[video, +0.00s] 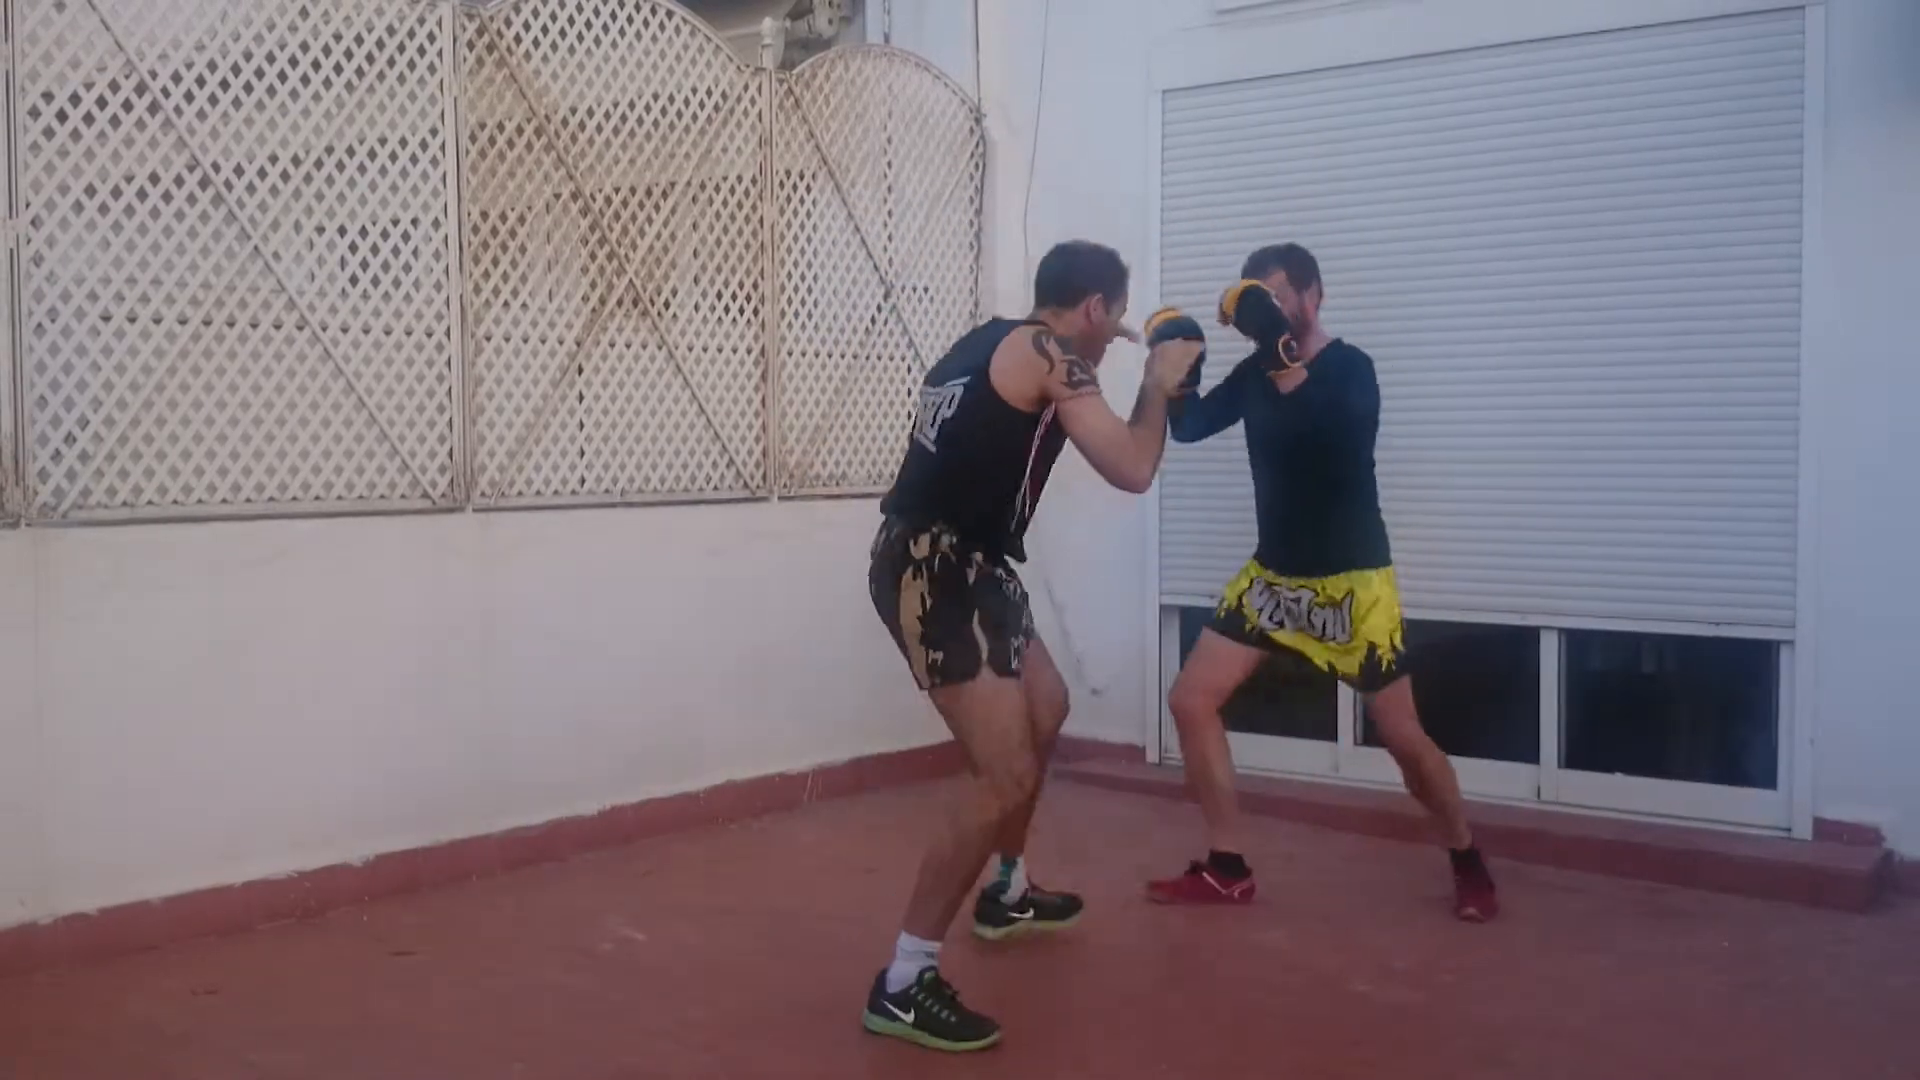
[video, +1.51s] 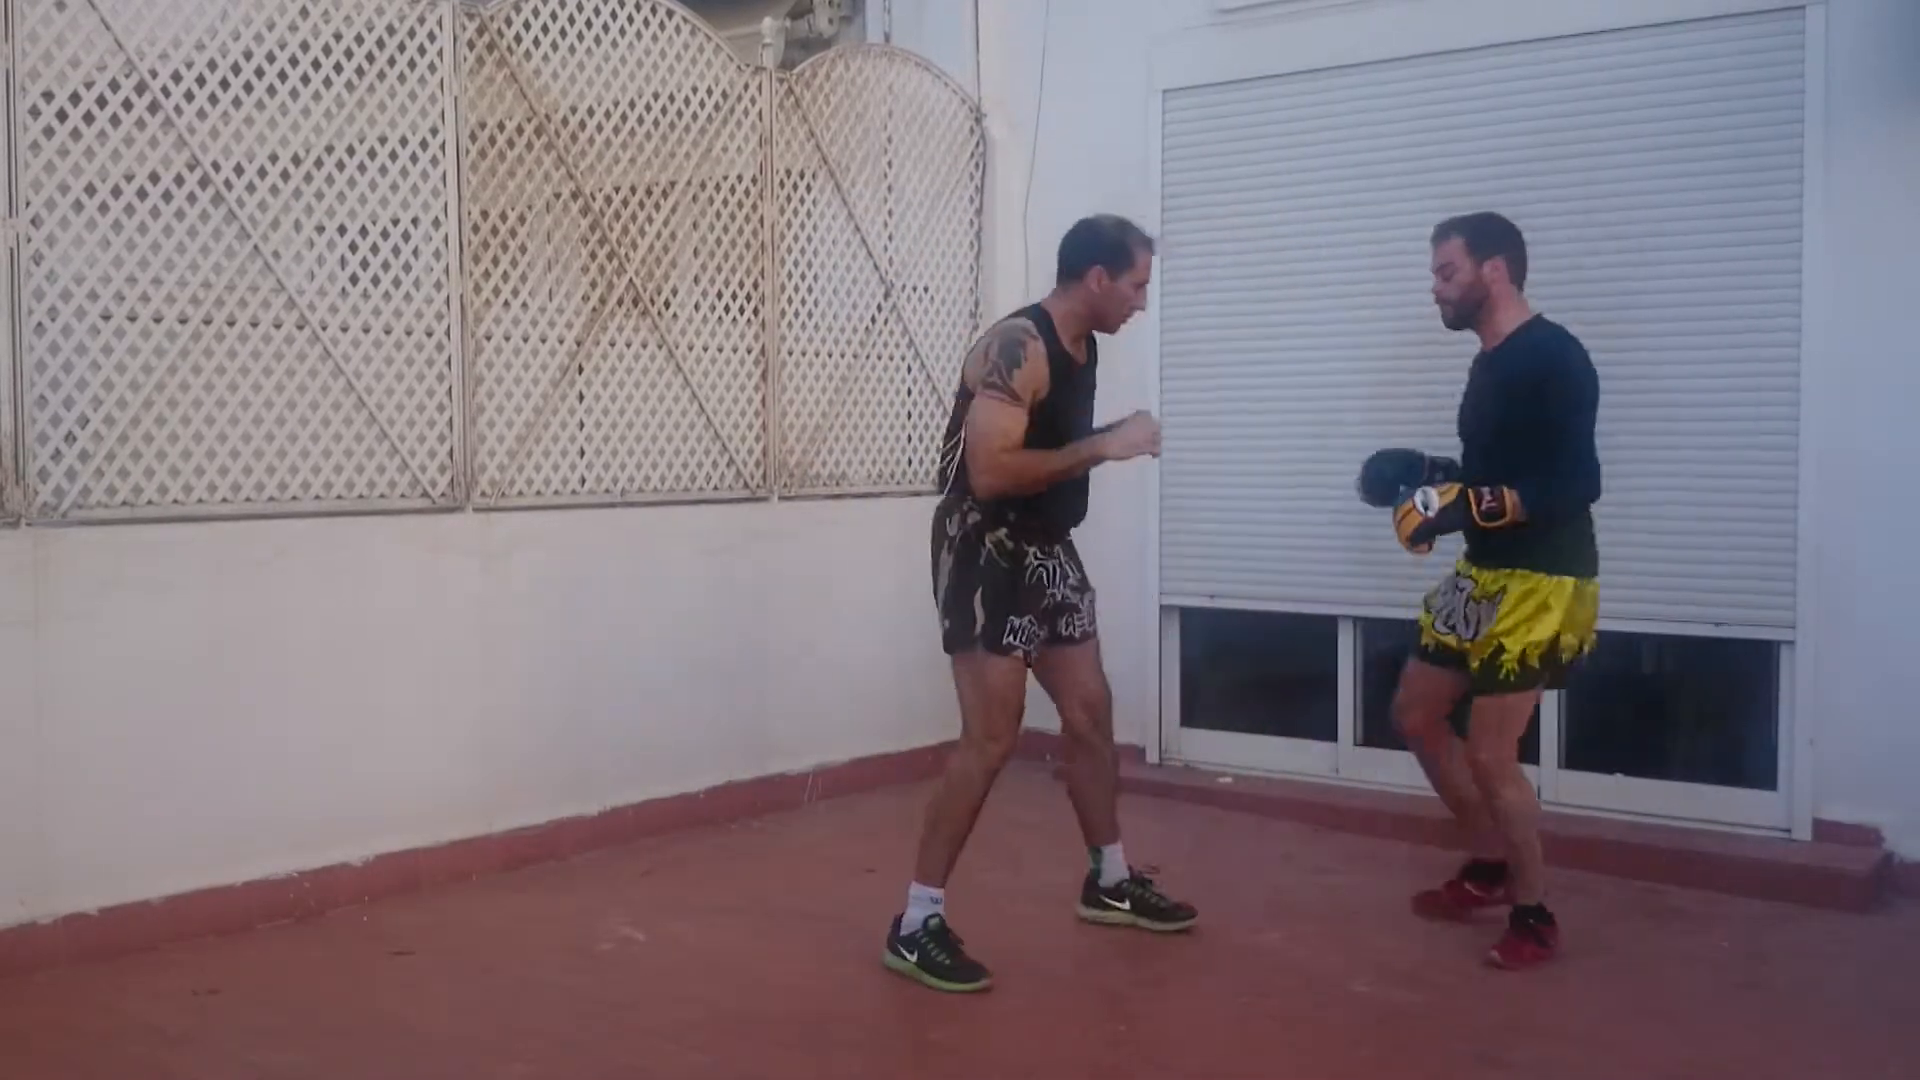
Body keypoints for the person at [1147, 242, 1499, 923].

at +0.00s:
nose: (1263, 312)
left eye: (1272, 297)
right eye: (1255, 302)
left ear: (1312, 297)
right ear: (1250, 310)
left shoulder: (1350, 367)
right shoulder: (1255, 372)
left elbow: (1350, 439)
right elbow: (1187, 425)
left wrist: (1285, 366)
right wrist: (1177, 361)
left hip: (1355, 576)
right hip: (1273, 571)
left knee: (1404, 739)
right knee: (1191, 701)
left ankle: (1467, 859)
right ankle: (1226, 864)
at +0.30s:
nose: (1213, 312)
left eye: (1224, 297)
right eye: (1202, 301)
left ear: (1256, 286)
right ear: (1192, 298)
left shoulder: (1301, 359)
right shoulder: (1184, 370)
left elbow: (1381, 411)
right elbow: (1093, 416)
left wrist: (1455, 427)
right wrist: (1097, 346)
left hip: (1267, 537)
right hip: (1192, 543)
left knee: (1256, 681)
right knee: (1169, 710)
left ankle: (1256, 849)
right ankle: (1219, 860)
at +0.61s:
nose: (1178, 303)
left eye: (1194, 293)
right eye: (1180, 294)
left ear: (1233, 317)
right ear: (1200, 320)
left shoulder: (1300, 373)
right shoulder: (1183, 381)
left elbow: (1388, 411)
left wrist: (1398, 347)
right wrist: (1149, 315)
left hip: (1264, 552)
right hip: (1190, 557)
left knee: (1248, 712)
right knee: (1166, 729)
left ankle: (1256, 891)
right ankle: (1225, 861)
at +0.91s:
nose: (1256, 317)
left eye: (1265, 304)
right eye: (1246, 307)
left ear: (1286, 302)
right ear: (1231, 310)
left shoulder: (1341, 373)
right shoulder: (1229, 370)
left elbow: (1409, 448)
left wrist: (1406, 380)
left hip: (1288, 556)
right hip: (1220, 554)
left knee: (1256, 718)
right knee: (1177, 726)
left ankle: (1257, 907)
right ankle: (1228, 861)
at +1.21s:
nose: (1309, 305)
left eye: (1321, 291)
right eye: (1304, 294)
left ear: (1365, 289)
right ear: (1306, 297)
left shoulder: (1407, 372)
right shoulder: (1299, 368)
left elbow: (1478, 459)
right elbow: (1215, 385)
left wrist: (1441, 428)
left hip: (1369, 578)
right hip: (1303, 571)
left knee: (1366, 743)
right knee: (1218, 706)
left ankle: (1474, 896)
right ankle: (1226, 865)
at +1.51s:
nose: (1436, 287)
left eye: (1447, 271)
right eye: (1434, 274)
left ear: (1497, 271)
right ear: (1485, 276)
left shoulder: (1556, 357)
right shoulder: (1489, 363)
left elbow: (1579, 484)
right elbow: (1497, 472)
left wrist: (1476, 506)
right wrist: (1434, 476)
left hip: (1542, 578)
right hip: (1480, 570)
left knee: (1491, 754)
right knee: (1417, 717)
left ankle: (1534, 916)